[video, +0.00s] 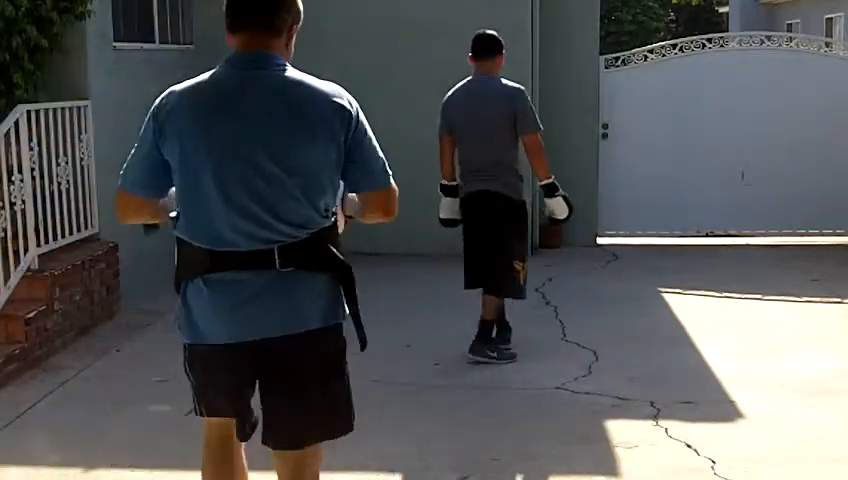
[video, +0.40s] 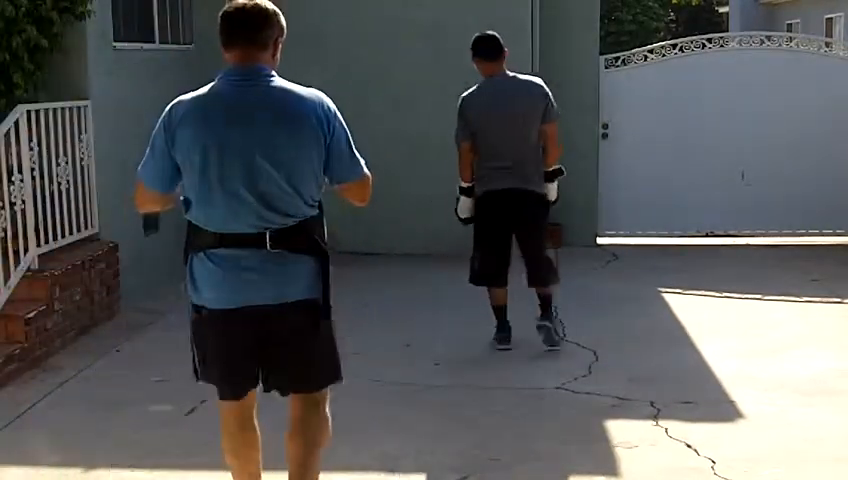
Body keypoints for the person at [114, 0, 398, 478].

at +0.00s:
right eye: (296, 29)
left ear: (228, 29)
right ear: (292, 30)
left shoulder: (175, 104)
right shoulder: (332, 103)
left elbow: (130, 207)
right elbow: (383, 205)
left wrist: (175, 203)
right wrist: (342, 201)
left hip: (213, 315)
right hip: (305, 312)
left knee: (221, 434)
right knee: (299, 451)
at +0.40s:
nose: (282, 50)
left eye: (281, 44)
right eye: (282, 44)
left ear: (222, 46)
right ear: (277, 45)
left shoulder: (183, 112)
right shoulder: (314, 107)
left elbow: (147, 199)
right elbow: (359, 191)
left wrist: (197, 182)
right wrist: (311, 163)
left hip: (219, 289)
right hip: (297, 286)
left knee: (236, 406)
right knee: (309, 399)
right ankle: (302, 477)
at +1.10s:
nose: (293, 52)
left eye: (290, 46)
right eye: (294, 46)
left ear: (245, 46)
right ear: (288, 47)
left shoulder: (210, 96)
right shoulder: (315, 96)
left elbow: (182, 156)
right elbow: (351, 163)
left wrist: (226, 139)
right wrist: (309, 135)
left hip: (234, 235)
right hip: (296, 233)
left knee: (229, 330)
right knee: (288, 341)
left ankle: (241, 427)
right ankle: (280, 446)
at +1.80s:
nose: (280, 56)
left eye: (278, 50)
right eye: (280, 50)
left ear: (238, 48)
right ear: (272, 49)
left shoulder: (207, 91)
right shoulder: (290, 90)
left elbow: (201, 146)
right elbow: (330, 147)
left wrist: (240, 129)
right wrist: (294, 123)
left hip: (226, 215)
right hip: (279, 212)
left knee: (236, 303)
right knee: (290, 290)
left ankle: (244, 399)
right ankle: (285, 380)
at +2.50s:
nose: (317, 62)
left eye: (317, 55)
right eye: (316, 54)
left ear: (280, 50)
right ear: (303, 52)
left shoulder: (248, 88)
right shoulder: (312, 91)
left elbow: (259, 136)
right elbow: (348, 146)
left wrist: (316, 116)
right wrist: (347, 118)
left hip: (258, 195)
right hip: (299, 197)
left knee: (264, 270)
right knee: (294, 279)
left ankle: (264, 347)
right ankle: (285, 365)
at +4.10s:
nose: (335, 51)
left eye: (334, 45)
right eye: (330, 45)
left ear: (312, 51)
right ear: (310, 51)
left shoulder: (314, 84)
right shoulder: (287, 91)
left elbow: (322, 136)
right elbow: (283, 149)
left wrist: (352, 134)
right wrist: (323, 165)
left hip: (320, 189)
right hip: (302, 193)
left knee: (322, 260)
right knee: (312, 262)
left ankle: (319, 330)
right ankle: (304, 345)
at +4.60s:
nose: (343, 52)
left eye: (342, 46)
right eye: (339, 46)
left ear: (311, 51)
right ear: (322, 49)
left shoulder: (289, 84)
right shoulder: (321, 79)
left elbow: (274, 134)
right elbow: (328, 113)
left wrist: (306, 153)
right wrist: (355, 130)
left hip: (301, 187)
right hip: (320, 188)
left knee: (312, 261)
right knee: (319, 262)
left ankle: (318, 329)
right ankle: (305, 344)